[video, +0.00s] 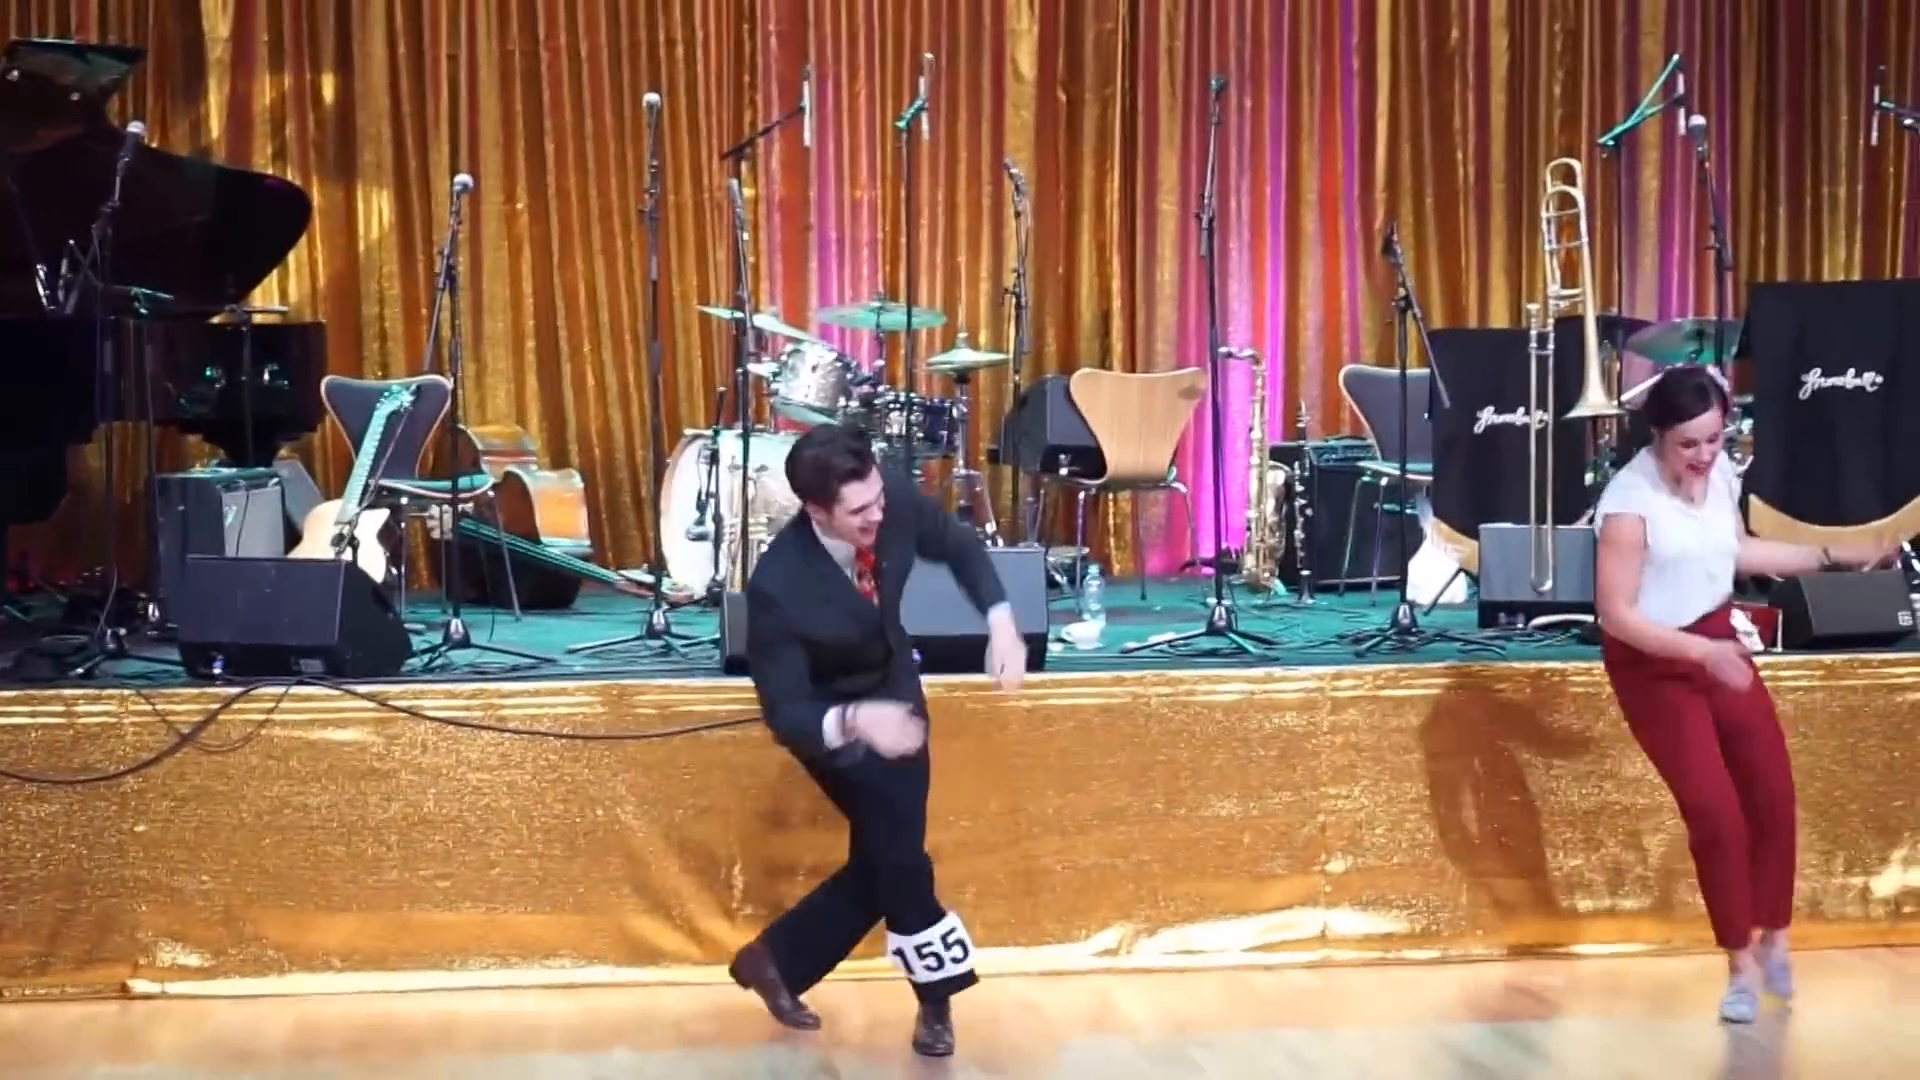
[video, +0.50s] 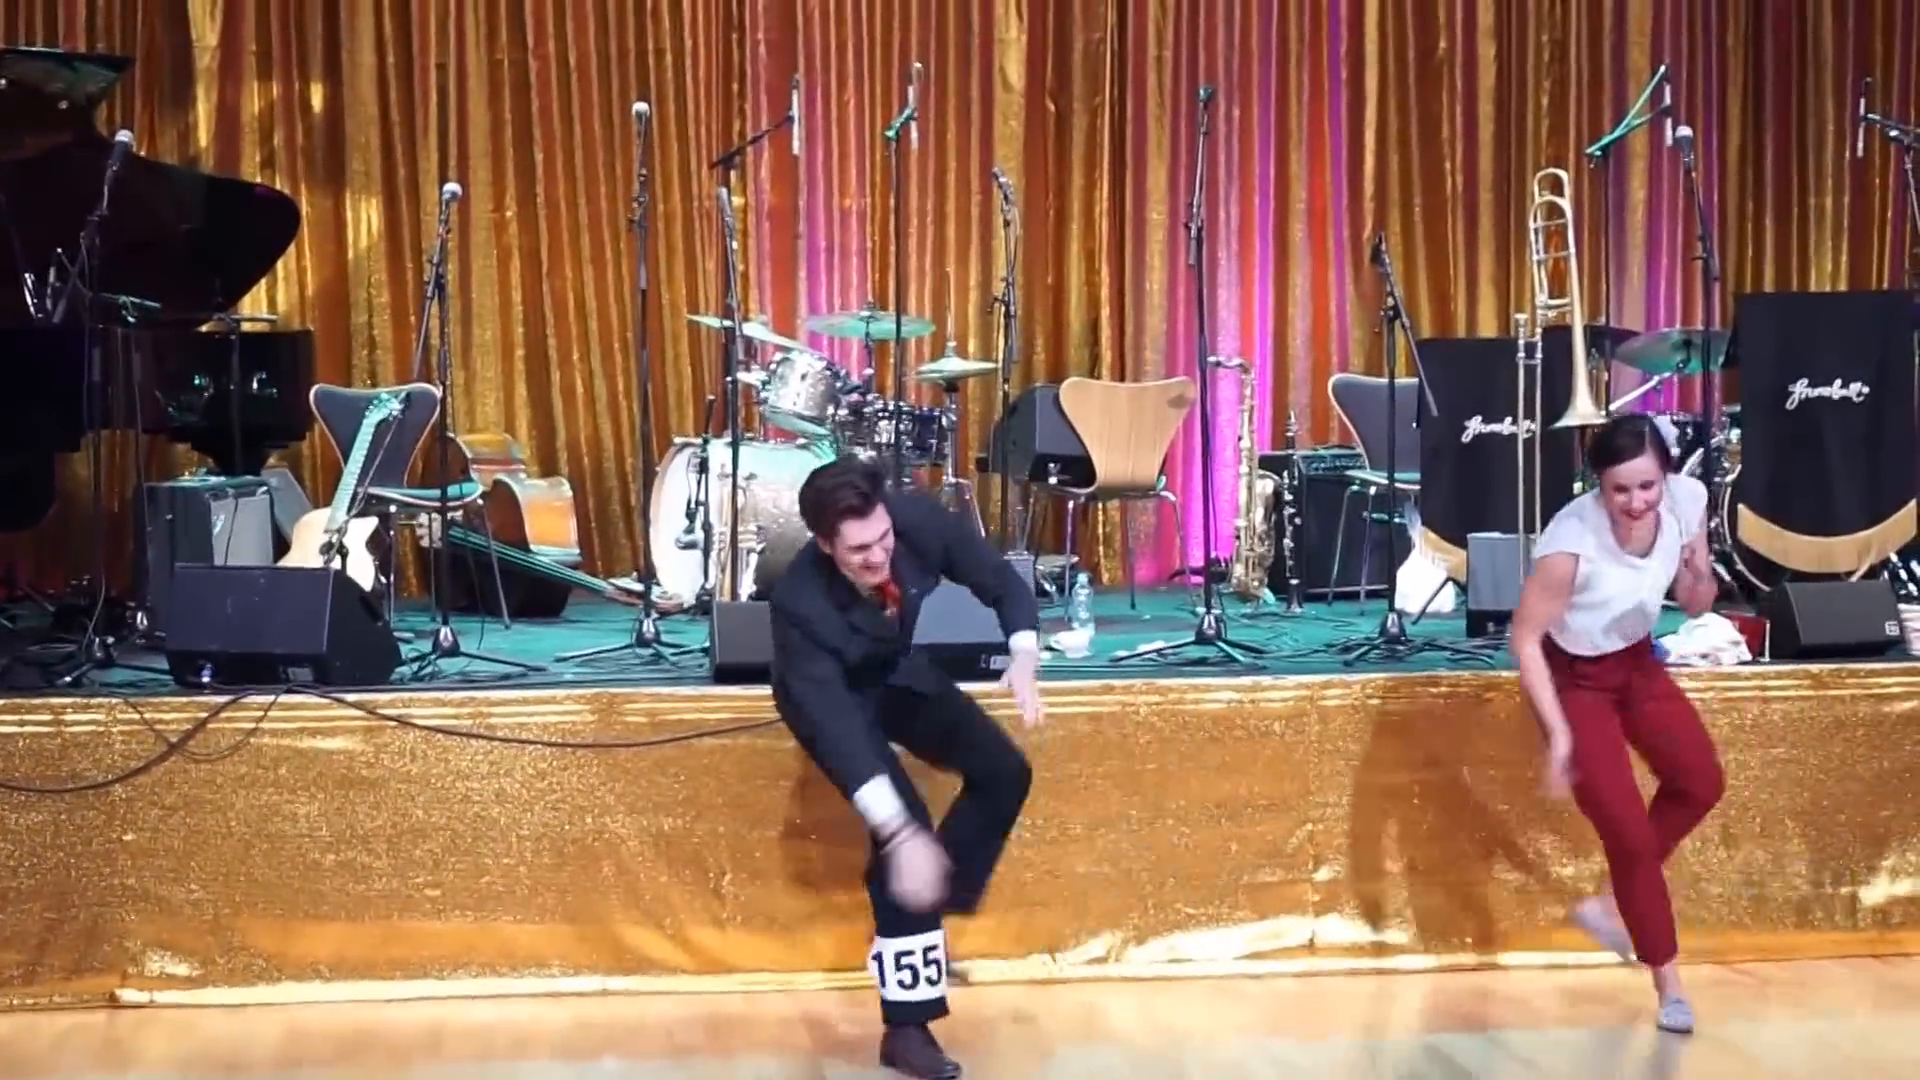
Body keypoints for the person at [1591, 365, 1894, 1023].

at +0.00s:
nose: (1704, 455)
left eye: (1713, 440)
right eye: (1689, 443)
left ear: (1723, 430)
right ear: (1657, 436)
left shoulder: (1721, 476)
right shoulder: (1628, 499)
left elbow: (1733, 553)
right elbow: (1614, 616)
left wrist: (1840, 556)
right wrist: (1700, 651)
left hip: (1721, 641)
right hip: (1649, 658)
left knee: (1773, 791)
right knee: (1713, 806)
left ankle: (1774, 940)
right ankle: (1741, 963)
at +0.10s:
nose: (1695, 456)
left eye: (1704, 442)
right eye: (1680, 445)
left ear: (1718, 425)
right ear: (1651, 433)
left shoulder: (1714, 456)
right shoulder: (1628, 491)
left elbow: (1724, 526)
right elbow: (1635, 611)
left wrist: (1811, 503)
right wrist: (1699, 610)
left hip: (1698, 625)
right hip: (1632, 639)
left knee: (1780, 732)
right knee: (1708, 799)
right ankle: (1679, 960)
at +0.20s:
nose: (1685, 480)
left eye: (1695, 464)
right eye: (1669, 468)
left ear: (1711, 447)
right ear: (1643, 455)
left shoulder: (1708, 482)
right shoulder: (1625, 514)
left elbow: (1726, 555)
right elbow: (1655, 615)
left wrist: (1792, 541)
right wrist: (1732, 587)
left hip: (1674, 641)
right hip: (1615, 655)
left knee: (1790, 731)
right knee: (1689, 819)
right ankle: (1634, 982)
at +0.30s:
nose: (1671, 504)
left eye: (1682, 490)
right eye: (1656, 493)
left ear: (1698, 473)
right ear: (1631, 480)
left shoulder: (1699, 497)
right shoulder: (1608, 531)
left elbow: (1681, 572)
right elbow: (1636, 639)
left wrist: (1739, 584)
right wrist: (1726, 599)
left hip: (1657, 657)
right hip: (1597, 672)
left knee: (1769, 724)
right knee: (1667, 827)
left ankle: (1888, 784)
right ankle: (1629, 990)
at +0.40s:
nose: (1656, 507)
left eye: (1668, 492)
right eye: (1642, 496)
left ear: (1685, 477)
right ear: (1619, 480)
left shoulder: (1694, 492)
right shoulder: (1590, 527)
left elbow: (1688, 582)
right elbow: (1569, 642)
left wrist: (1727, 585)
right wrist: (1665, 667)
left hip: (1645, 644)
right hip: (1578, 661)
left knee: (1747, 728)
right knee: (1638, 817)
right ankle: (1640, 986)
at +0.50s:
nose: (1636, 501)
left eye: (1648, 485)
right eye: (1620, 489)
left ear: (1664, 474)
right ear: (1598, 482)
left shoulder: (1685, 499)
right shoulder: (1568, 544)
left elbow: (1692, 602)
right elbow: (1524, 636)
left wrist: (1701, 577)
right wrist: (1557, 730)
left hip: (1638, 662)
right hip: (1571, 677)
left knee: (1699, 784)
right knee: (1632, 838)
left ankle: (1609, 905)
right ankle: (1667, 981)